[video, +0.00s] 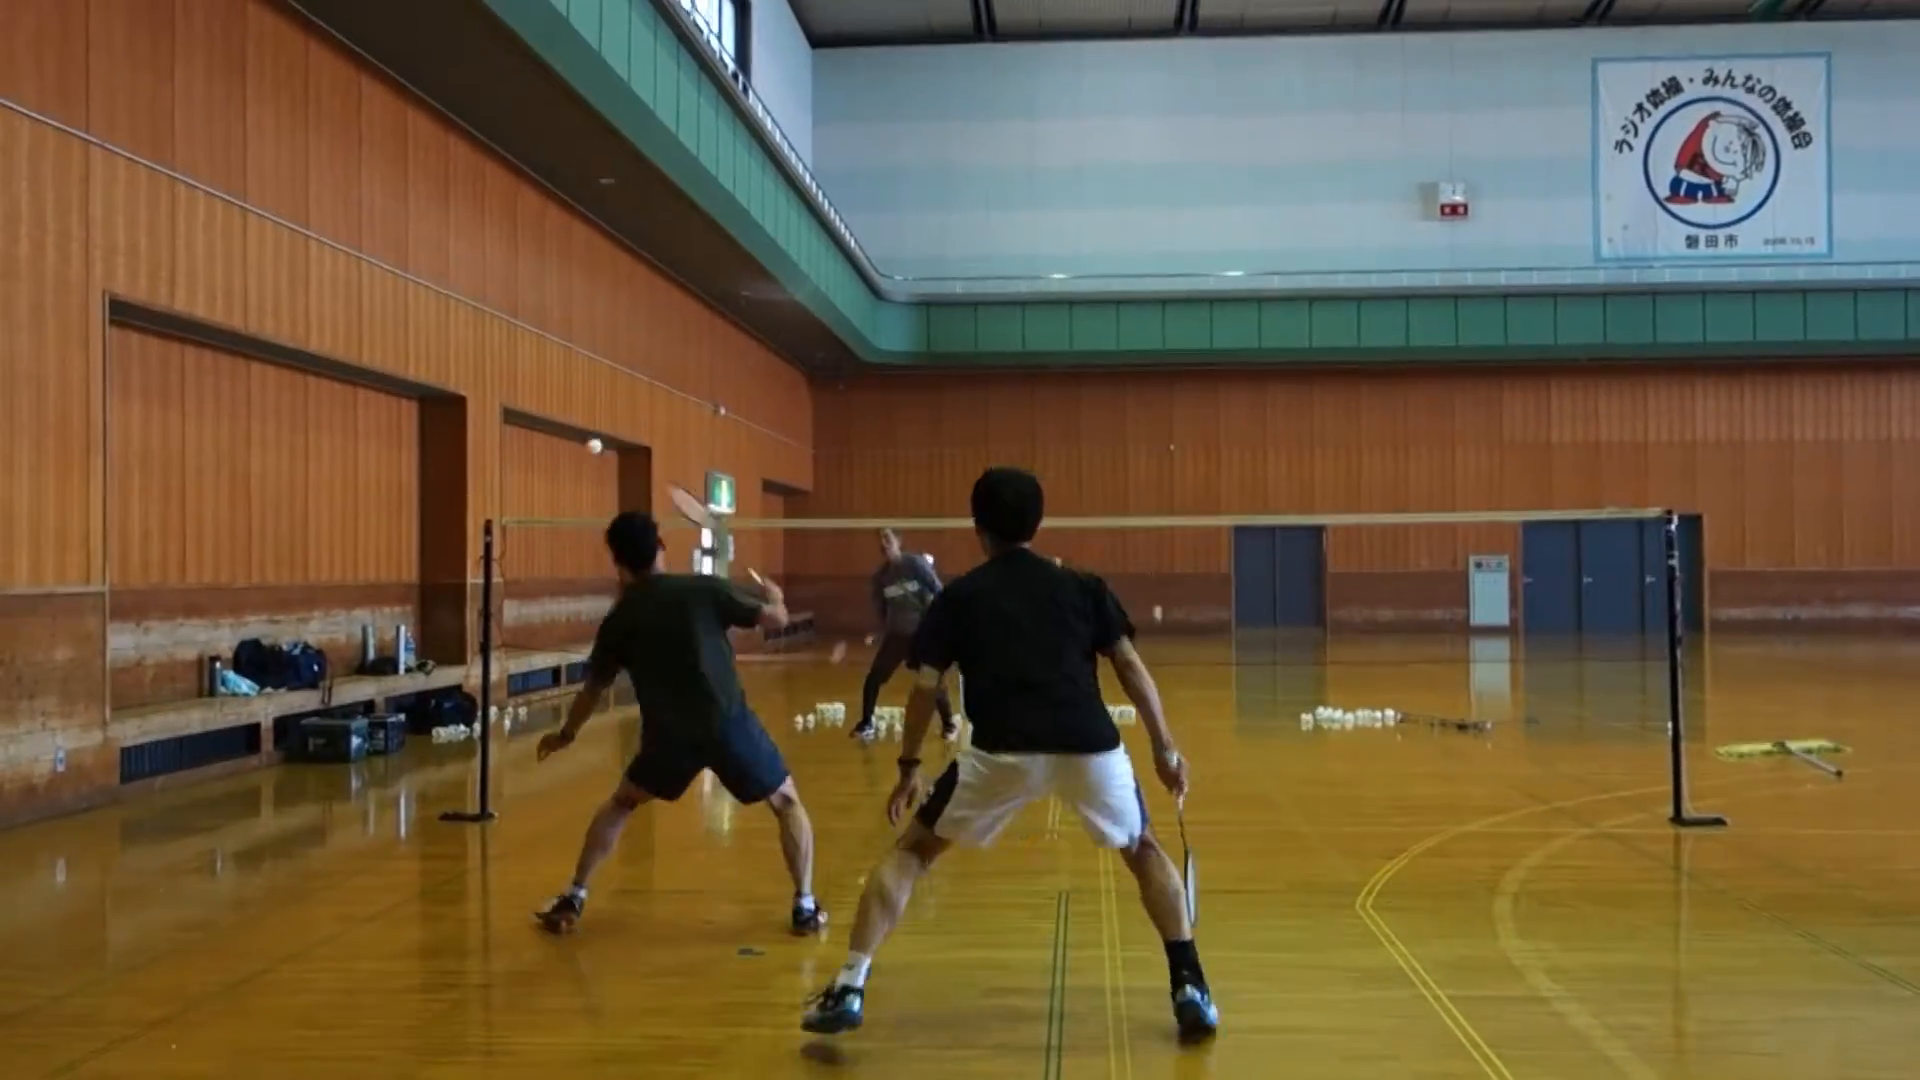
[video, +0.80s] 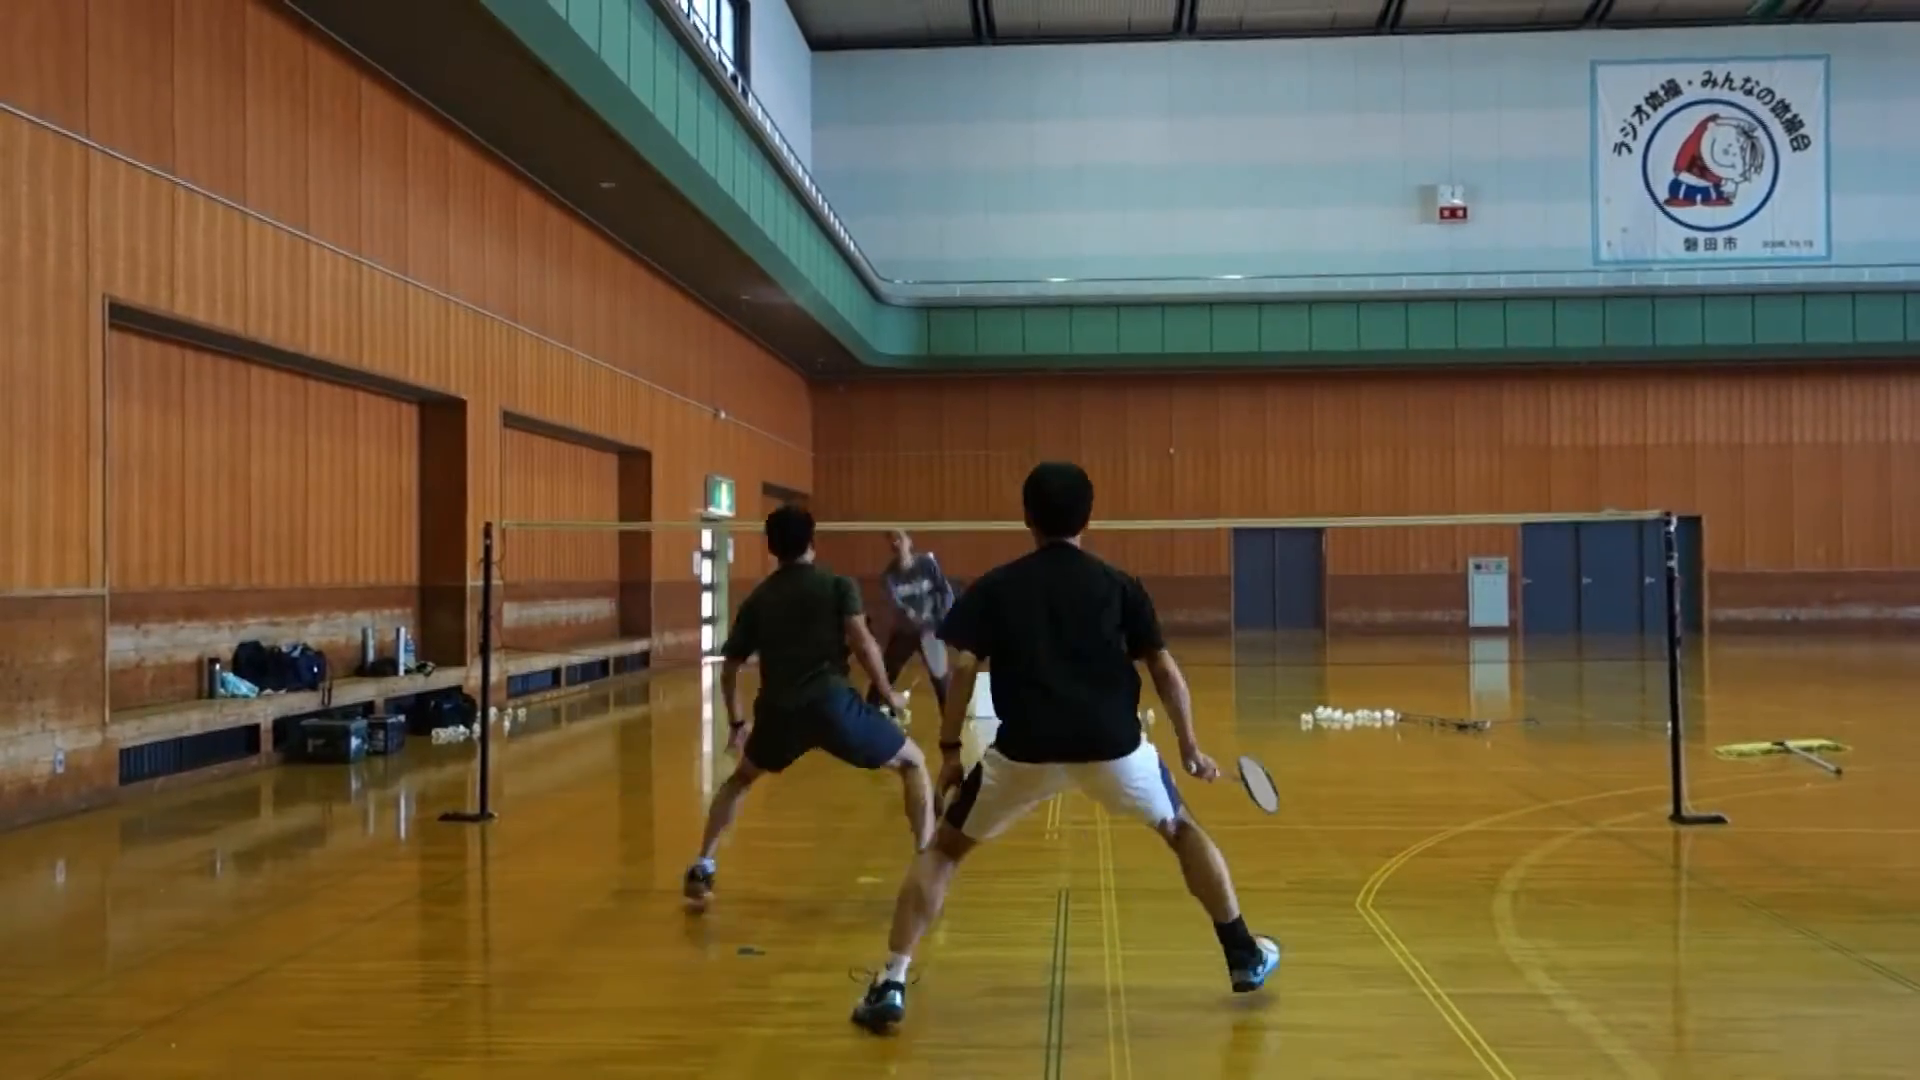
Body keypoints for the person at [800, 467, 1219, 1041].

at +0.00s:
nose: (979, 528)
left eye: (978, 519)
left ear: (978, 525)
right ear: (1038, 524)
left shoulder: (958, 599)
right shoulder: (1081, 588)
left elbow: (923, 690)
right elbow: (1130, 666)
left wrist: (908, 765)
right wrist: (1164, 746)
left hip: (1000, 751)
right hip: (1090, 746)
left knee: (913, 852)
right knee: (1143, 851)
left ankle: (849, 985)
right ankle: (1189, 983)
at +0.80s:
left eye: (1036, 509)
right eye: (1085, 510)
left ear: (1028, 517)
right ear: (1087, 517)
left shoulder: (994, 588)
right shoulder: (1119, 587)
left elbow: (960, 678)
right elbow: (1165, 673)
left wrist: (948, 754)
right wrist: (1190, 748)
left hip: (1024, 752)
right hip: (1113, 749)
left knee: (944, 851)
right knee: (1181, 833)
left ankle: (891, 982)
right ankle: (1243, 955)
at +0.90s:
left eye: (1061, 538)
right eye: (1098, 540)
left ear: (1053, 549)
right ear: (1111, 551)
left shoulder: (1021, 622)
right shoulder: (1140, 623)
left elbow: (984, 708)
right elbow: (1189, 709)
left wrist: (961, 779)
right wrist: (1214, 769)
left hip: (1037, 788)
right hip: (1128, 788)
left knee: (950, 871)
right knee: (1196, 852)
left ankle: (890, 991)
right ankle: (1258, 966)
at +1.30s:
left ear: (1013, 550)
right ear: (1071, 548)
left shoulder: (994, 623)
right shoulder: (1107, 614)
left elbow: (943, 706)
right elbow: (1149, 699)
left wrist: (909, 757)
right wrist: (1163, 759)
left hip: (1027, 776)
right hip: (1113, 776)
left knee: (931, 843)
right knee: (1188, 852)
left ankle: (878, 961)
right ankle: (1256, 966)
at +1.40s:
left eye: (953, 531)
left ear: (952, 539)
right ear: (1009, 537)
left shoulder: (933, 612)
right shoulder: (1047, 599)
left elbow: (898, 688)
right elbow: (1090, 671)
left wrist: (878, 731)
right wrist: (1127, 741)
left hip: (980, 762)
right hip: (1064, 761)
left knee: (892, 835)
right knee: (1141, 854)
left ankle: (868, 962)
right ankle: (1240, 953)